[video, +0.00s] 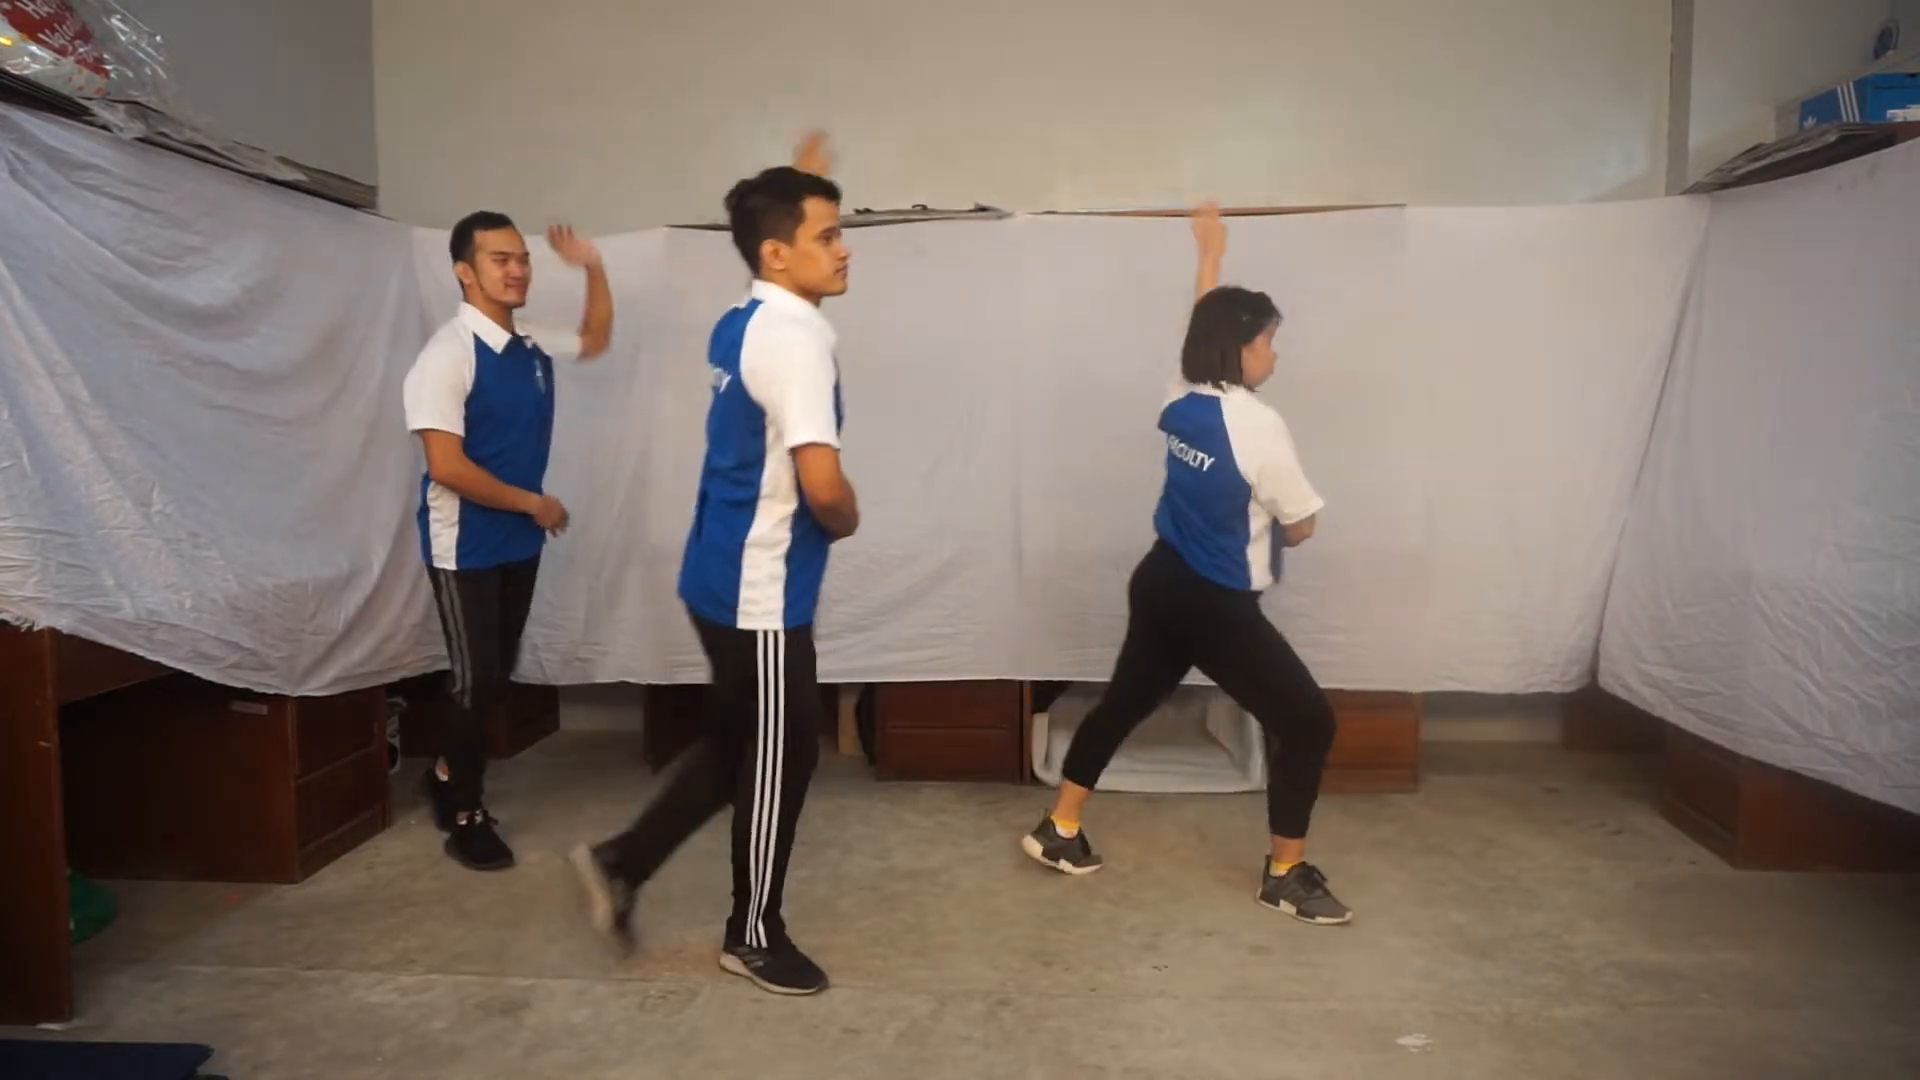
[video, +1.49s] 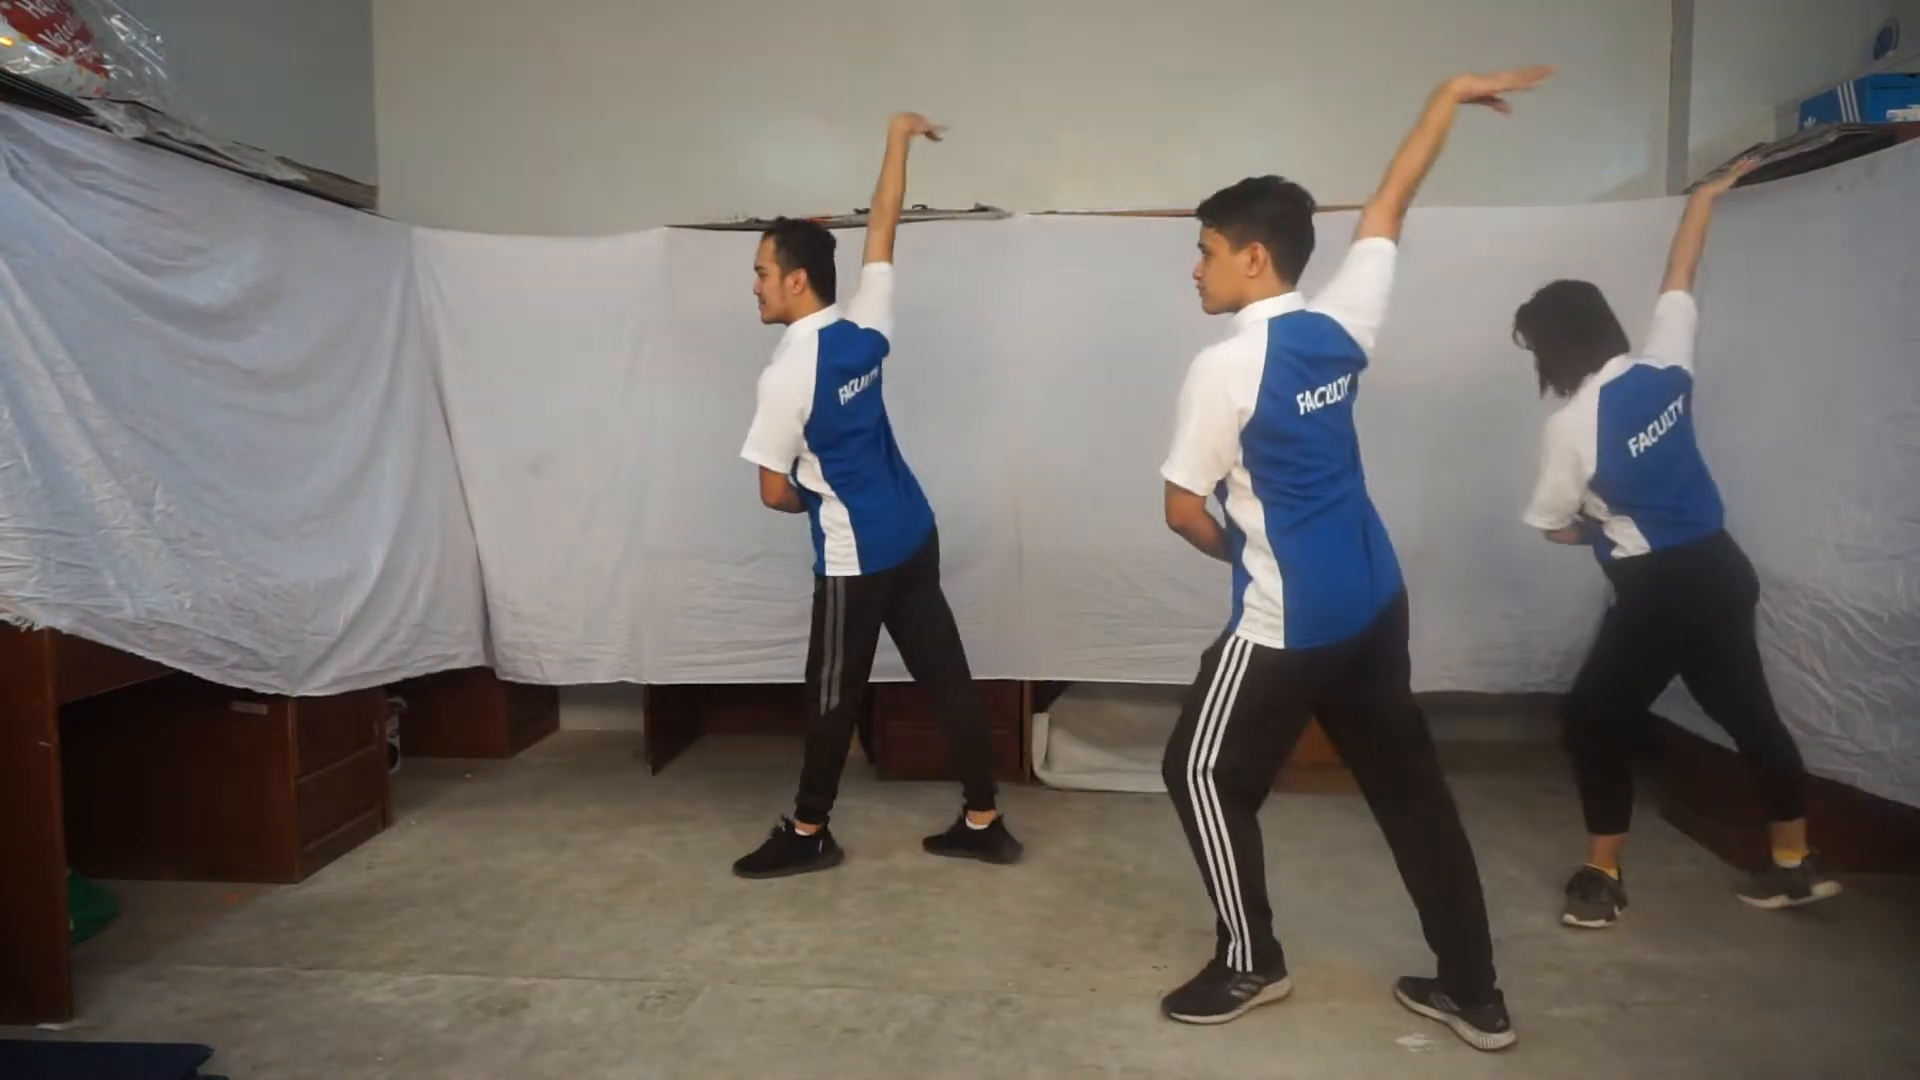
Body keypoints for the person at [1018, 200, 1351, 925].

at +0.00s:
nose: (1275, 353)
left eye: (1273, 341)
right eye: (1269, 341)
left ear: (1213, 345)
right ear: (1237, 346)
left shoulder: (1185, 398)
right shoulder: (1257, 423)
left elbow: (1202, 328)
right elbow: (1300, 524)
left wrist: (1209, 252)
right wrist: (1275, 531)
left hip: (1159, 582)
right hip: (1215, 604)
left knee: (1122, 704)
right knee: (1308, 723)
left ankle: (1060, 827)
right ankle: (1286, 870)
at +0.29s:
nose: (1350, 319)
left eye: (1349, 307)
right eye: (1330, 312)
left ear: (1351, 322)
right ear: (1296, 334)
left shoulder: (1329, 394)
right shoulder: (1311, 400)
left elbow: (1352, 465)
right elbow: (1350, 507)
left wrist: (1414, 473)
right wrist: (1417, 534)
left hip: (1317, 591)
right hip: (1291, 596)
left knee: (1370, 716)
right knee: (1329, 731)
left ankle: (1272, 820)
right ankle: (1286, 869)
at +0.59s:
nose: (1407, 319)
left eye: (1417, 307)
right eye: (1390, 309)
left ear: (1432, 321)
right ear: (1362, 326)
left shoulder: (1454, 402)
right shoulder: (1341, 405)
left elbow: (1524, 469)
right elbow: (1321, 507)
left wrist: (1605, 517)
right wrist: (1412, 521)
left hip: (1451, 590)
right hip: (1373, 597)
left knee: (1488, 724)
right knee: (1396, 734)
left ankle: (1426, 842)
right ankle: (1378, 872)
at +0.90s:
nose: (1461, 343)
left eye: (1474, 328)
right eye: (1451, 333)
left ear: (1511, 329)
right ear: (1443, 342)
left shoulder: (1559, 401)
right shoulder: (1435, 420)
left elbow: (1627, 471)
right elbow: (1405, 509)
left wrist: (1640, 517)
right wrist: (1336, 494)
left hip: (1557, 596)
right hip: (1467, 600)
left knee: (1566, 735)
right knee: (1434, 735)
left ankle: (1600, 872)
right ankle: (1383, 871)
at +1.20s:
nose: (1501, 362)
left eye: (1505, 349)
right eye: (1499, 349)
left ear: (1531, 349)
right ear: (1563, 334)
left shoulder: (1575, 418)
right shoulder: (1593, 381)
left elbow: (1544, 531)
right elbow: (1553, 343)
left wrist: (1492, 554)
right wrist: (1555, 293)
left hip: (1626, 591)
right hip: (1614, 584)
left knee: (1609, 726)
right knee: (1585, 717)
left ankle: (1605, 875)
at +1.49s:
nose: (1534, 360)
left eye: (1534, 347)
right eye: (1531, 346)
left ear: (1555, 346)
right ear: (1602, 326)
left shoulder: (1570, 423)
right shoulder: (1664, 364)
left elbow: (1550, 522)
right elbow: (1682, 275)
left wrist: (1610, 528)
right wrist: (1704, 195)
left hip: (1656, 594)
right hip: (1722, 573)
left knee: (1595, 715)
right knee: (1755, 716)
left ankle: (1601, 874)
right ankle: (1792, 860)